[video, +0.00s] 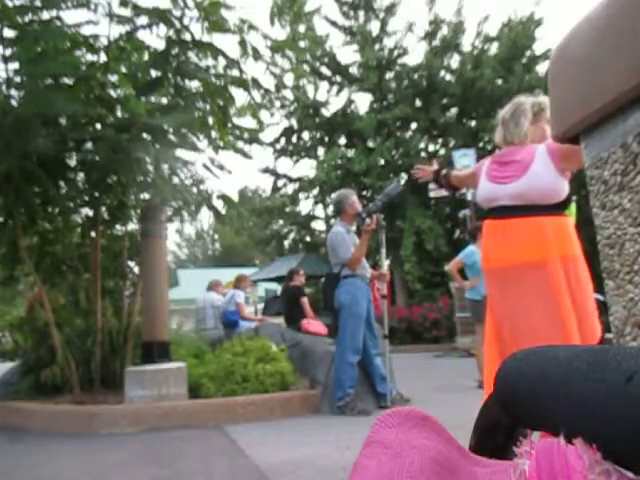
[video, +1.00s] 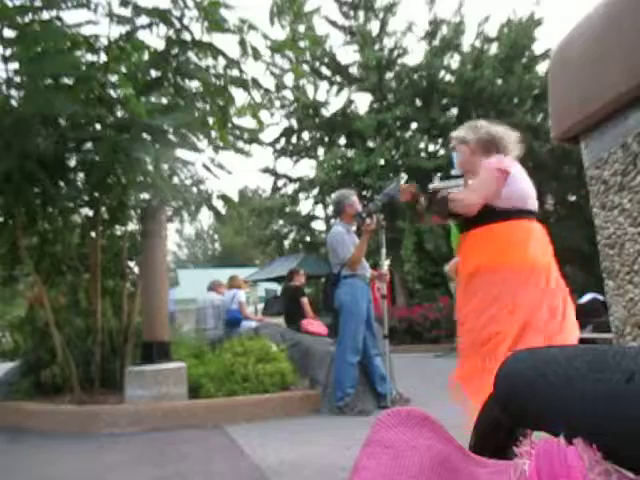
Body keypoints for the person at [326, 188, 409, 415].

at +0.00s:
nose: (361, 205)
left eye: (359, 201)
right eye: (356, 201)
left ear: (349, 207)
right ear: (347, 206)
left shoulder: (350, 233)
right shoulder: (337, 234)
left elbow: (357, 266)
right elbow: (352, 262)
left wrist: (374, 274)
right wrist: (366, 235)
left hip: (362, 284)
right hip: (350, 284)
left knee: (370, 344)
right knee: (350, 345)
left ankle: (386, 393)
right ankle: (344, 398)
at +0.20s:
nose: (360, 205)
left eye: (359, 201)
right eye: (356, 201)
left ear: (348, 207)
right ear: (347, 207)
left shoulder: (350, 233)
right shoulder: (337, 234)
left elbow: (357, 265)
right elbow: (352, 262)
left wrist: (374, 273)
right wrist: (366, 235)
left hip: (362, 284)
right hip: (350, 284)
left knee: (370, 344)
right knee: (350, 345)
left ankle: (386, 393)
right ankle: (344, 398)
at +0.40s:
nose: (360, 206)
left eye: (359, 201)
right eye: (356, 202)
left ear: (348, 207)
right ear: (347, 207)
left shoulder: (350, 233)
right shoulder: (337, 234)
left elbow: (357, 265)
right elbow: (352, 262)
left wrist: (374, 273)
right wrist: (366, 235)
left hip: (362, 284)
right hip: (350, 284)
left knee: (370, 344)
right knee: (350, 345)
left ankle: (386, 393)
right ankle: (344, 398)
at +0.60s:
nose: (360, 206)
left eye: (359, 202)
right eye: (355, 202)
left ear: (349, 208)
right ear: (345, 208)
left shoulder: (350, 233)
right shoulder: (337, 233)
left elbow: (357, 264)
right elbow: (352, 262)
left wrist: (374, 274)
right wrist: (365, 236)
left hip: (362, 284)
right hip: (350, 284)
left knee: (369, 343)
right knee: (350, 344)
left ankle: (386, 393)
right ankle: (344, 398)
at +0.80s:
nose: (360, 206)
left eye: (359, 202)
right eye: (356, 202)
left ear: (348, 208)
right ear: (345, 207)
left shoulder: (350, 233)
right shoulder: (337, 233)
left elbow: (358, 264)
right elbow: (352, 262)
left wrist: (373, 273)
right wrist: (365, 236)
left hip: (362, 284)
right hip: (350, 284)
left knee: (369, 343)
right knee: (350, 344)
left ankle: (386, 393)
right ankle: (344, 397)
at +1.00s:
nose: (360, 206)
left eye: (359, 202)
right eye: (355, 203)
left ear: (349, 208)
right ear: (345, 207)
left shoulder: (350, 233)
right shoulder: (337, 233)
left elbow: (358, 264)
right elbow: (352, 262)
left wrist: (374, 273)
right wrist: (365, 236)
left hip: (362, 284)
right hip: (350, 284)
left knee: (369, 343)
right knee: (350, 344)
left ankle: (386, 393)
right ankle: (344, 397)